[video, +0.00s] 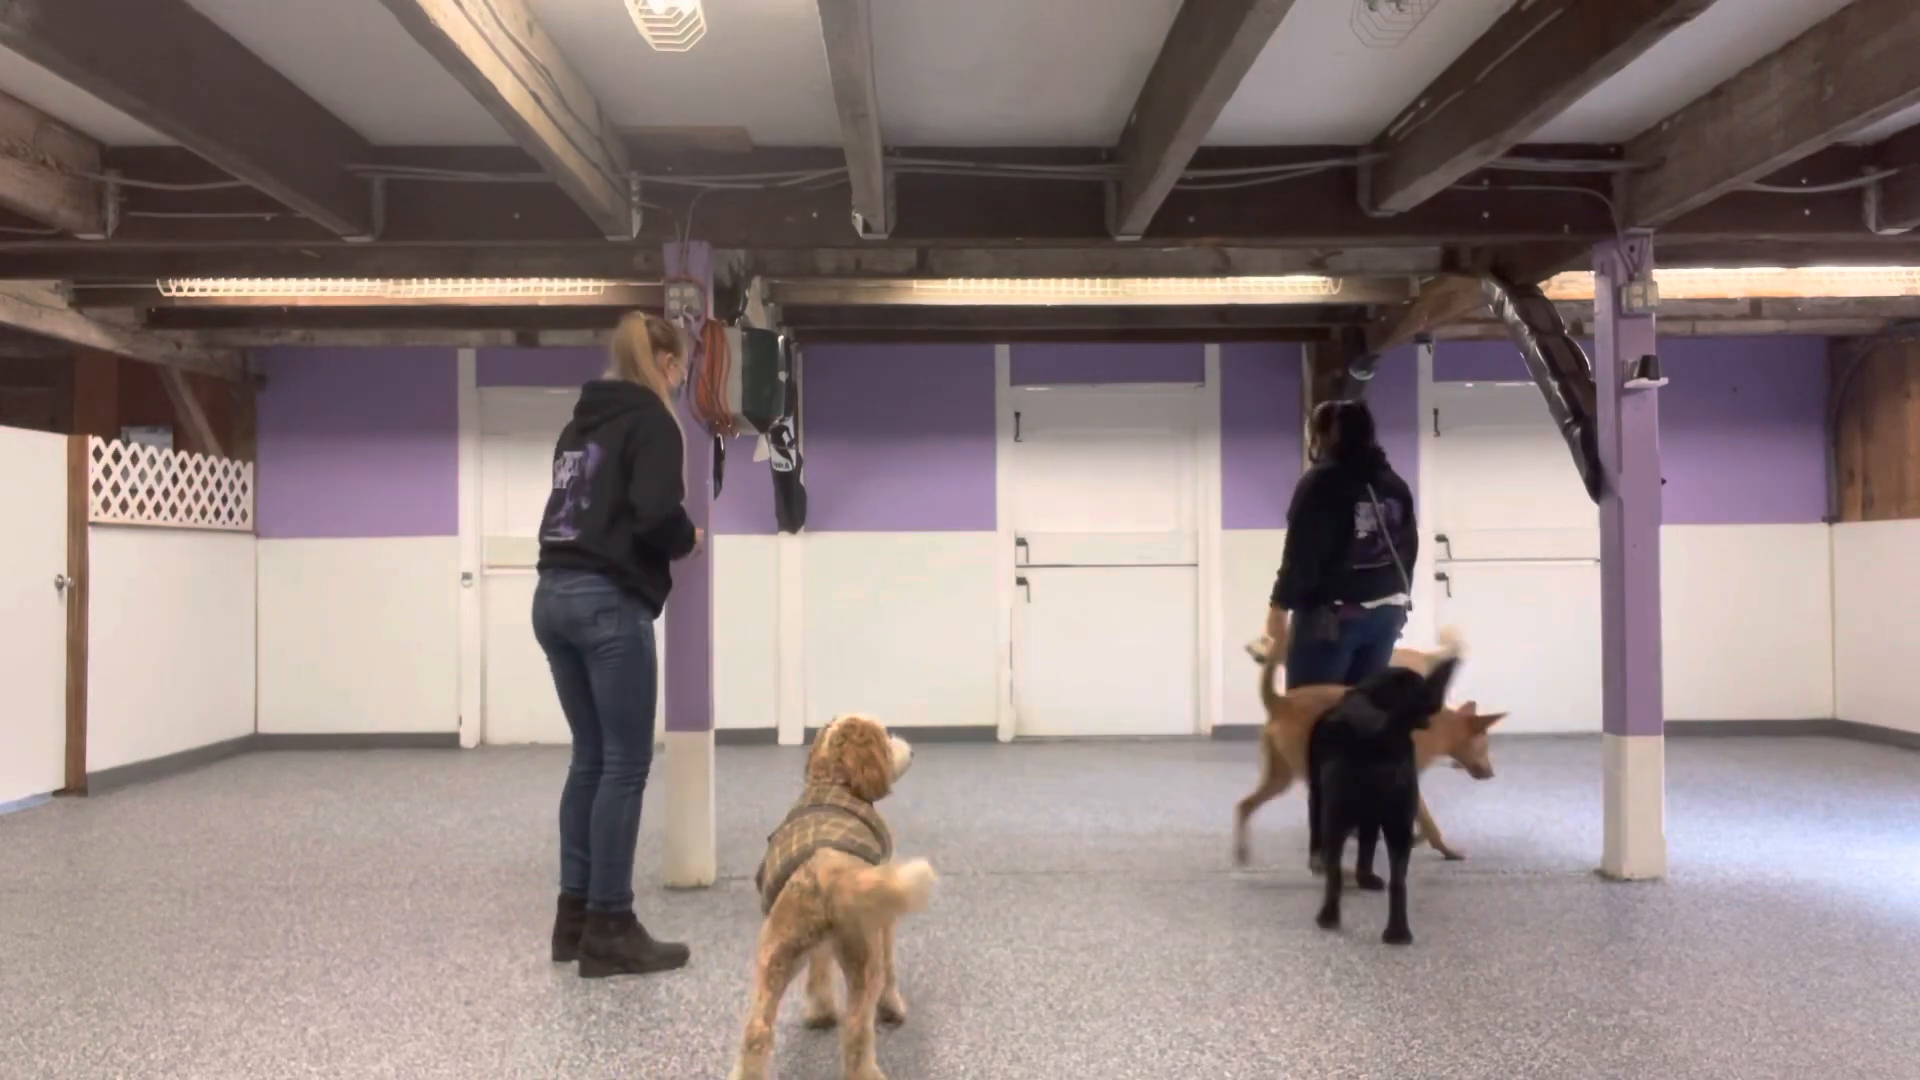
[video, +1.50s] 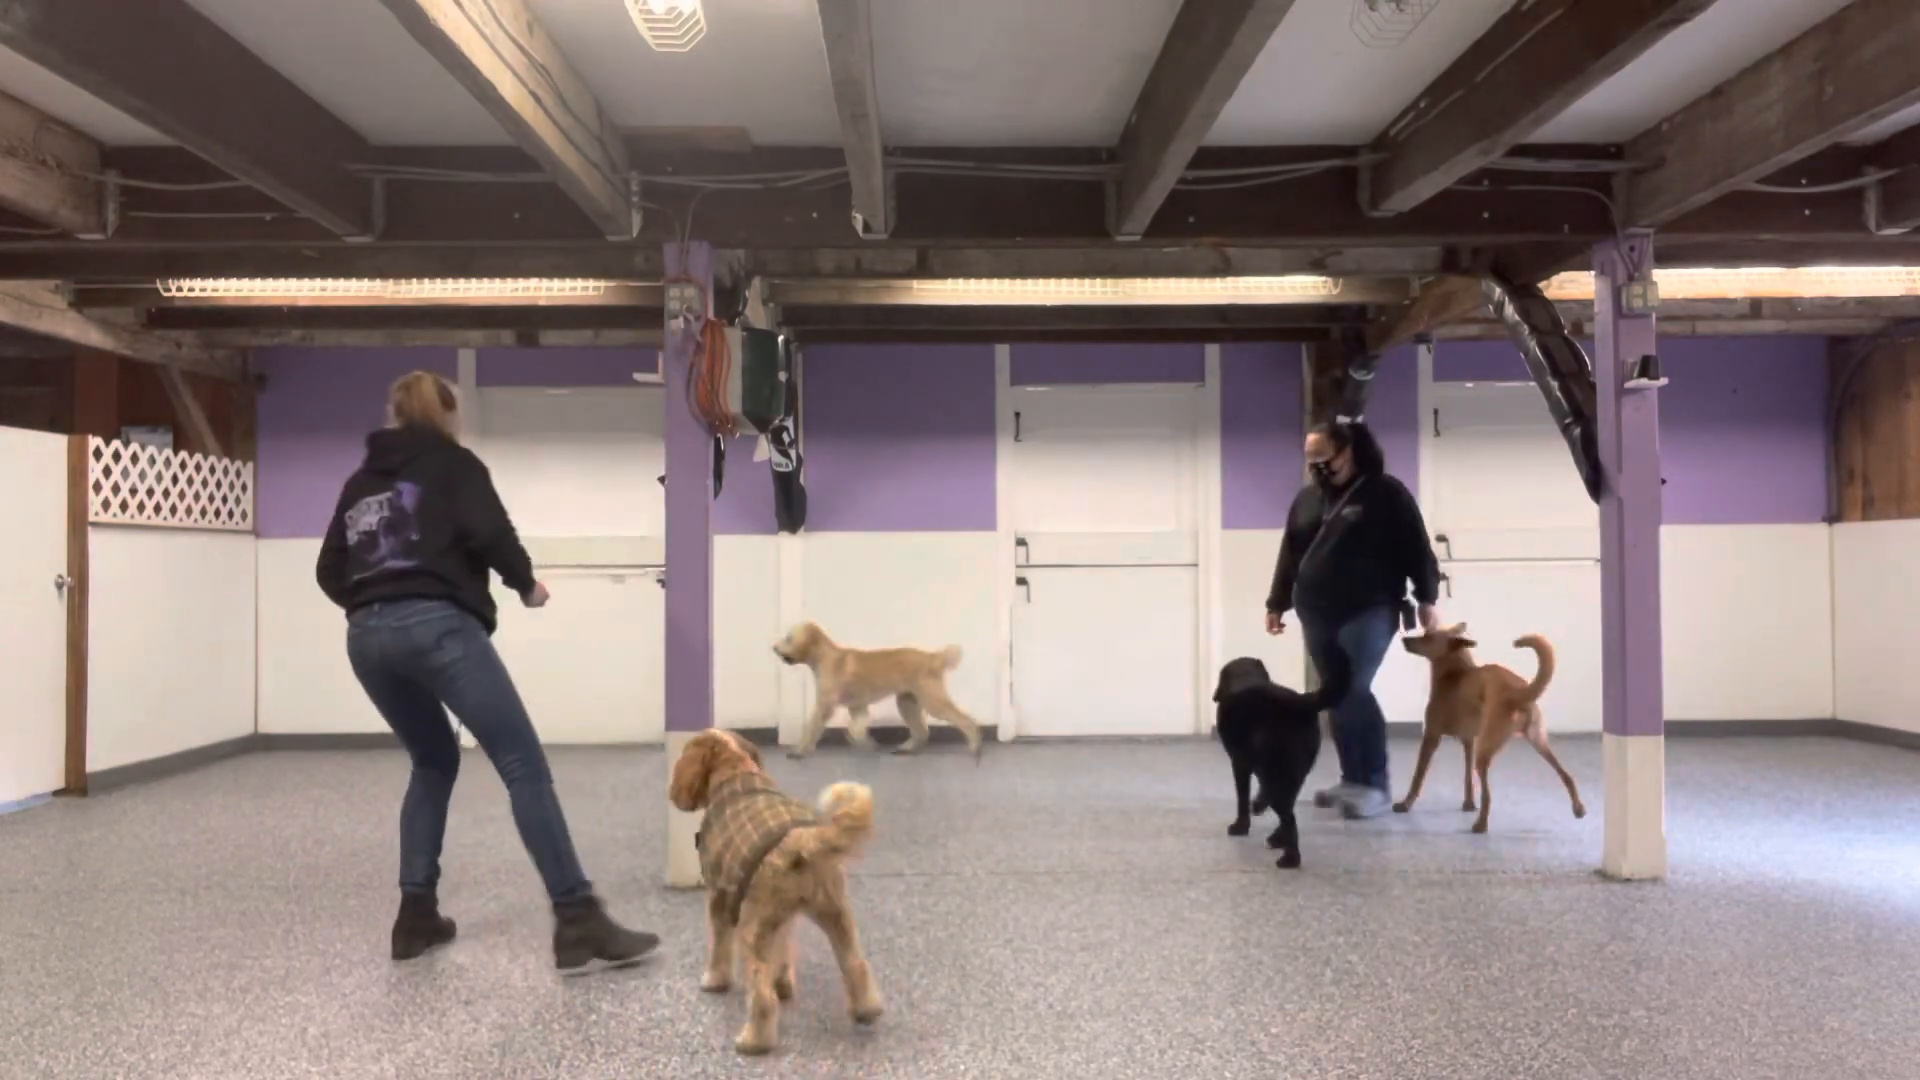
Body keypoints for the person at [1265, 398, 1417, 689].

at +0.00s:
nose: (1311, 443)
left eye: (1315, 434)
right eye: (1312, 434)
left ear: (1329, 436)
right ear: (1365, 434)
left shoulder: (1319, 483)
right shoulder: (1394, 483)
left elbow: (1300, 555)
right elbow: (1407, 547)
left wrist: (1278, 611)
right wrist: (1398, 599)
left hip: (1330, 611)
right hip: (1387, 608)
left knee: (1307, 713)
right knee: (1362, 711)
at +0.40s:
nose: (1287, 452)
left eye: (1292, 444)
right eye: (1289, 443)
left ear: (1308, 446)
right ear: (1338, 444)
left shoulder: (1310, 493)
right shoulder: (1361, 490)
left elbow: (1298, 560)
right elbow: (1355, 555)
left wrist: (1273, 609)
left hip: (1316, 613)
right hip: (1362, 609)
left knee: (1290, 705)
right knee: (1345, 703)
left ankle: (1294, 797)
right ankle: (1350, 795)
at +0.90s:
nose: (1278, 455)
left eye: (1283, 447)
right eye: (1279, 447)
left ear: (1302, 446)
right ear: (1310, 447)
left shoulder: (1319, 490)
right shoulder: (1305, 486)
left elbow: (1310, 555)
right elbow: (1306, 553)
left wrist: (1281, 606)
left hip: (1304, 616)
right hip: (1302, 615)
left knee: (1293, 707)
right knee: (1293, 706)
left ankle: (1294, 798)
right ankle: (1293, 794)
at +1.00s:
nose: (1282, 457)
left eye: (1287, 448)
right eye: (1282, 449)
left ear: (1307, 448)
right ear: (1305, 450)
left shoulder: (1333, 489)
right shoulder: (1301, 488)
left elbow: (1327, 554)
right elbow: (1290, 549)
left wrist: (1296, 604)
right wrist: (1271, 598)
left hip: (1315, 616)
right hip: (1295, 614)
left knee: (1294, 704)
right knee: (1292, 703)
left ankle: (1294, 795)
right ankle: (1294, 792)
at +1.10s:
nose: (1292, 460)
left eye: (1298, 452)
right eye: (1293, 453)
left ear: (1317, 452)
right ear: (1313, 454)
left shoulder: (1347, 491)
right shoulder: (1305, 492)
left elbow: (1348, 556)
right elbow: (1287, 553)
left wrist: (1318, 602)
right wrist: (1268, 599)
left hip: (1323, 616)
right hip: (1299, 613)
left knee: (1296, 703)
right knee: (1317, 705)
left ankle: (1294, 798)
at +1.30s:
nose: (1305, 469)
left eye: (1311, 461)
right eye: (1302, 463)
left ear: (1335, 455)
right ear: (1319, 459)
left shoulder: (1375, 496)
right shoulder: (1305, 498)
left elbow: (1395, 554)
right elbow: (1286, 554)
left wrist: (1384, 605)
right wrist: (1266, 603)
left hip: (1353, 613)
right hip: (1307, 613)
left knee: (1325, 695)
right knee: (1334, 695)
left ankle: (1318, 790)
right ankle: (1362, 781)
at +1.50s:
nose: (1318, 467)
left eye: (1325, 459)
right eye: (1313, 460)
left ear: (1350, 451)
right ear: (1310, 459)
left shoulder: (1386, 493)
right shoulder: (1309, 496)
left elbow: (1417, 548)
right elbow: (1290, 551)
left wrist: (1427, 600)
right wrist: (1276, 603)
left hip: (1371, 610)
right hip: (1318, 614)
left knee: (1355, 692)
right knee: (1336, 698)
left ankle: (1374, 787)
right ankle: (1352, 782)